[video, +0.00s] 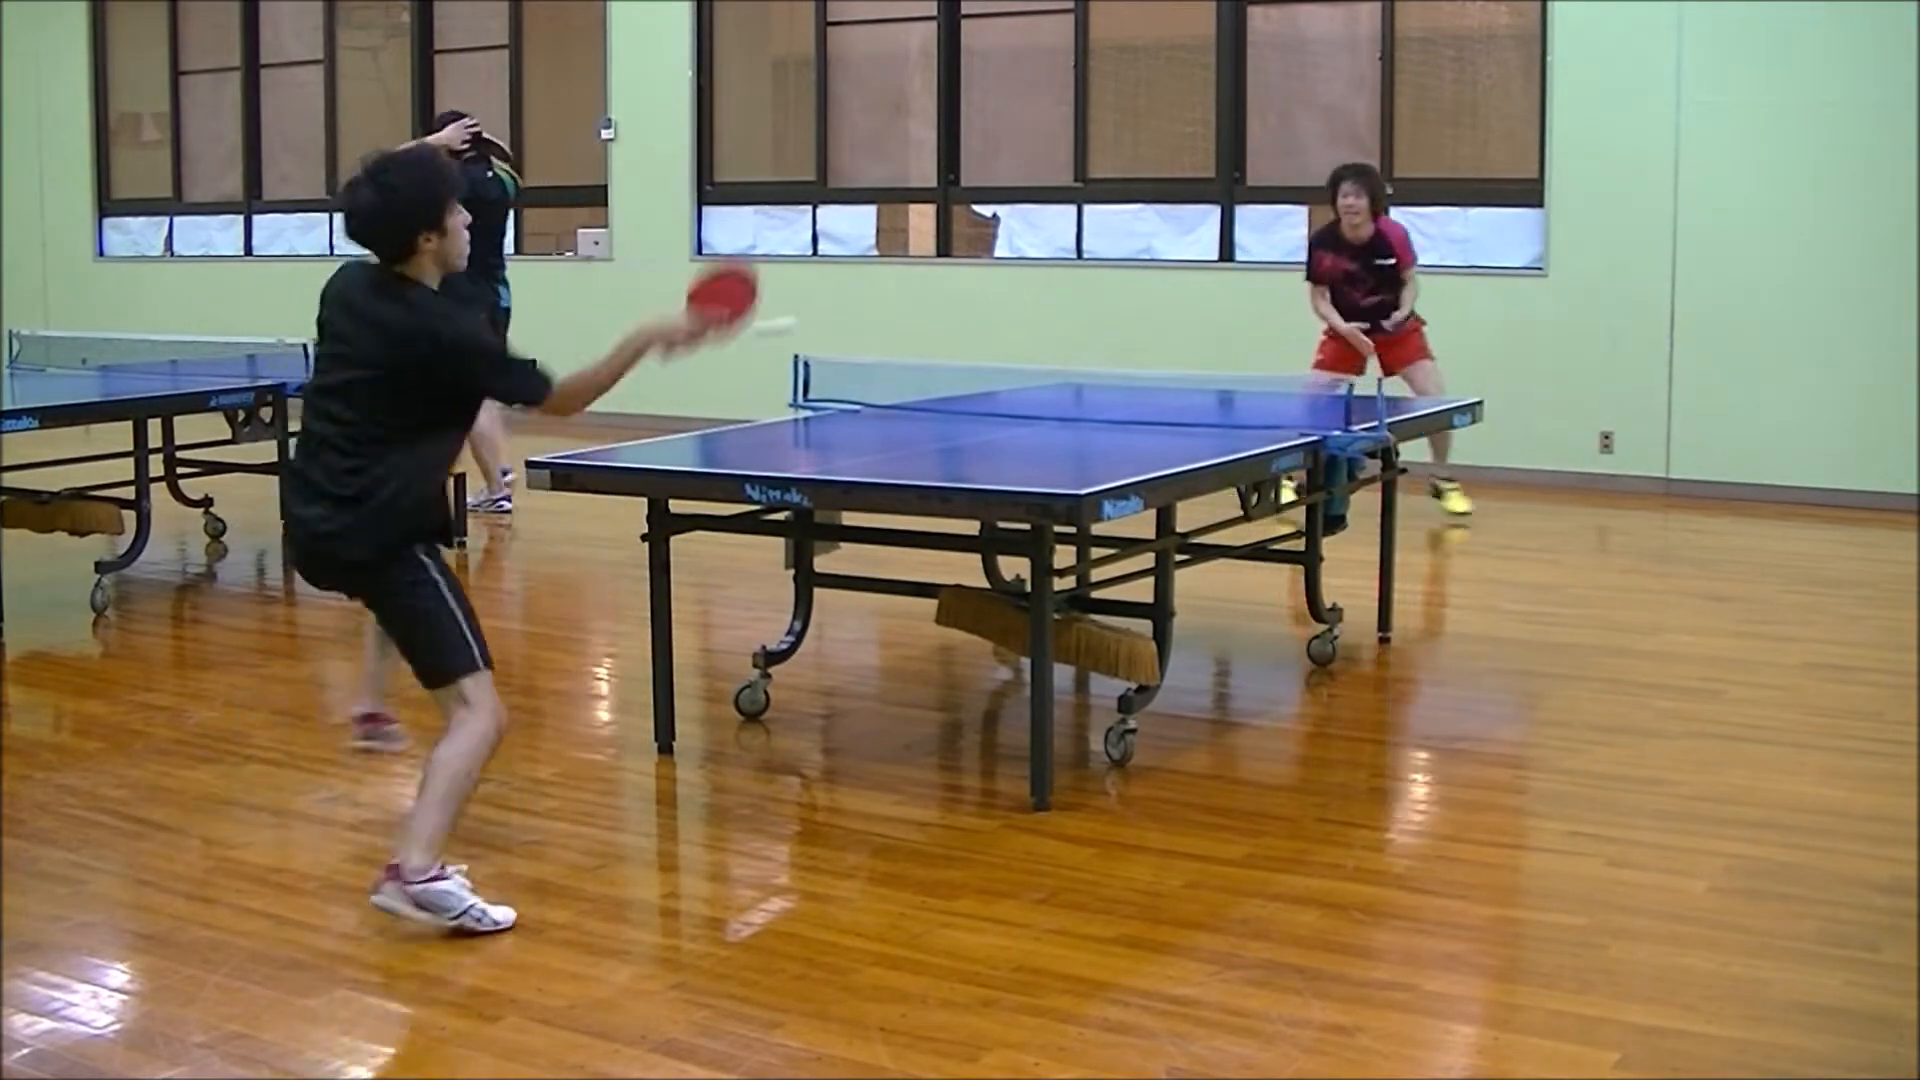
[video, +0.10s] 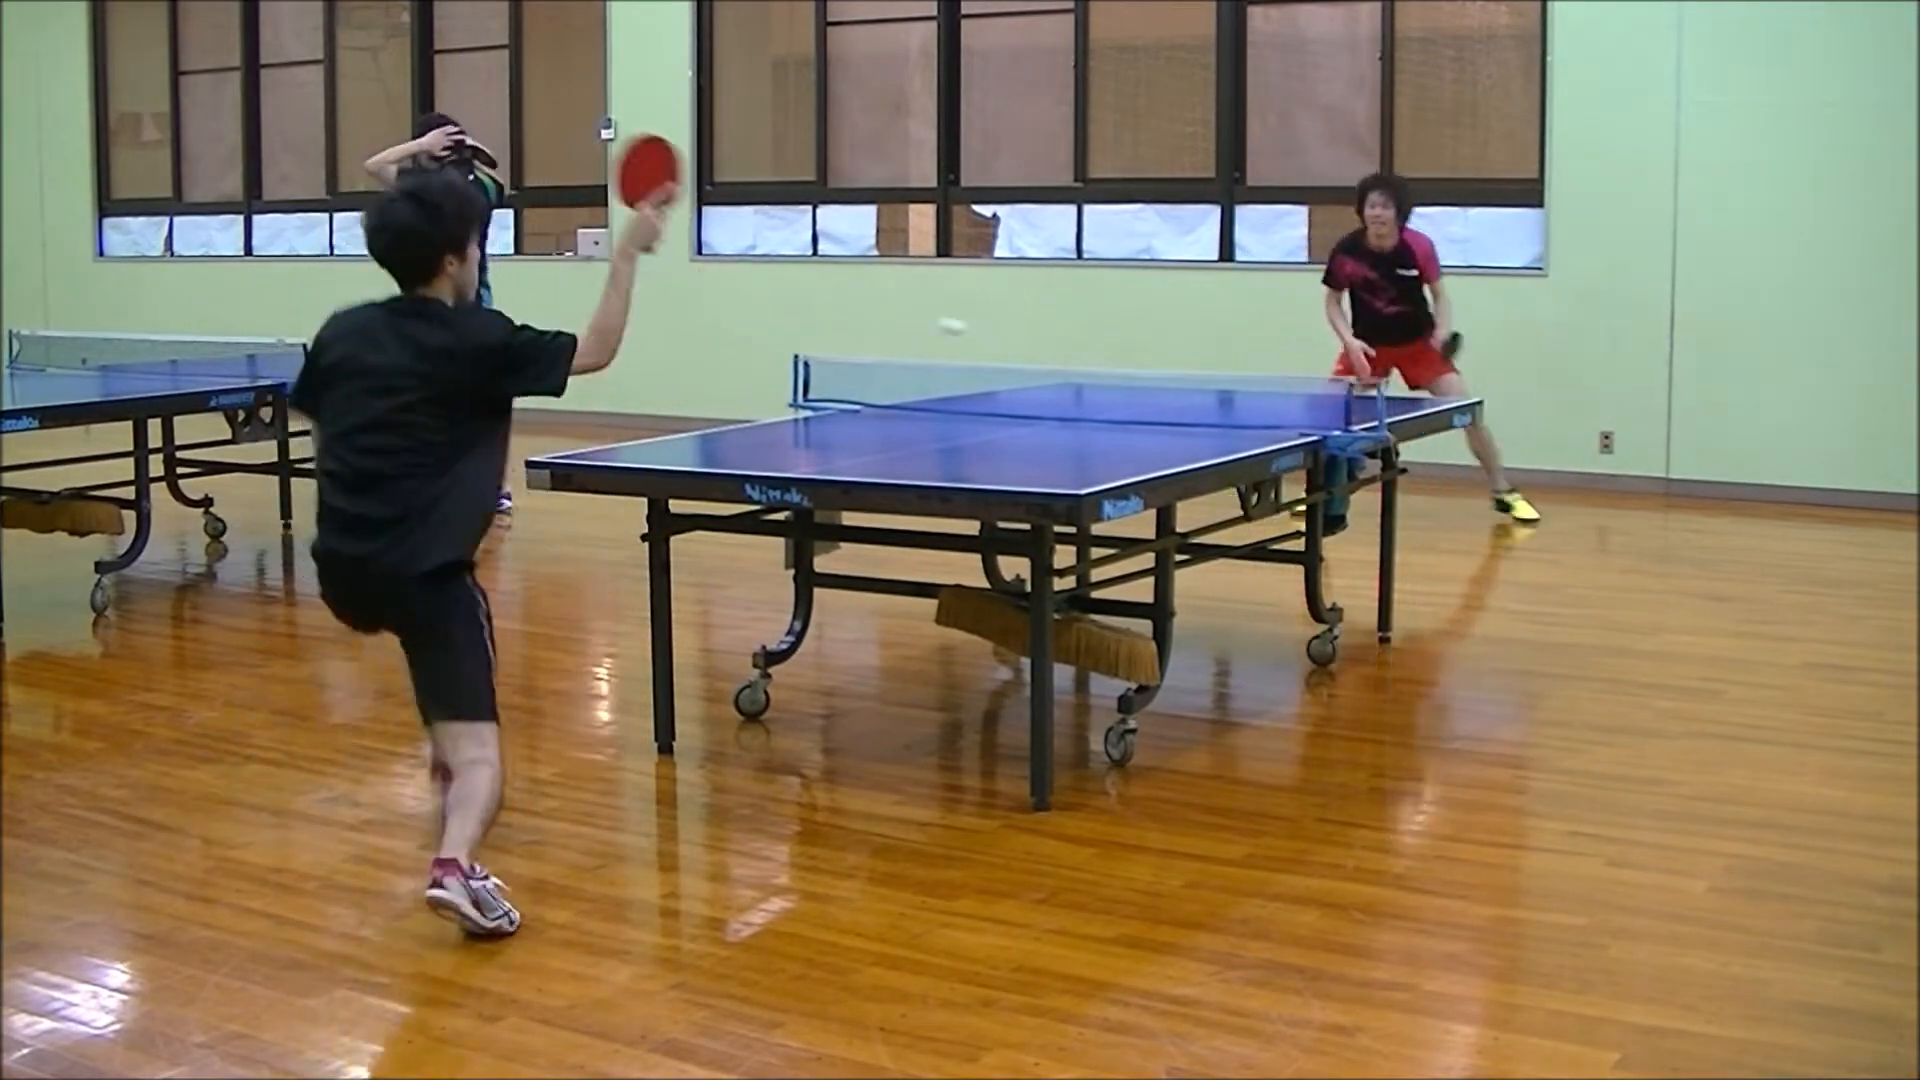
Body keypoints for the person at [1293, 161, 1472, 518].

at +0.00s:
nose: (1348, 203)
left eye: (1357, 195)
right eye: (1342, 196)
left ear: (1373, 201)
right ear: (1334, 201)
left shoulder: (1393, 234)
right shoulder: (1322, 242)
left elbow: (1409, 281)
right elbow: (1319, 298)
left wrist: (1403, 310)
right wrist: (1345, 329)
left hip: (1395, 327)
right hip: (1345, 330)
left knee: (1435, 399)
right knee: (1314, 401)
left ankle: (1441, 478)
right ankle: (1297, 477)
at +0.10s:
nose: (1377, 214)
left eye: (1385, 206)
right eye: (1370, 206)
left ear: (1400, 211)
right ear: (1361, 212)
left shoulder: (1418, 246)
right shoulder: (1347, 252)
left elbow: (1439, 295)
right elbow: (1332, 303)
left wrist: (1442, 331)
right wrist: (1349, 343)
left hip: (1417, 346)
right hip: (1366, 349)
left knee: (1467, 411)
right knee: (1332, 418)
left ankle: (1503, 492)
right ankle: (1325, 506)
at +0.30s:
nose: (1395, 231)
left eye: (1404, 225)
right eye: (1389, 223)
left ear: (1419, 231)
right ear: (1381, 226)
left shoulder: (1434, 265)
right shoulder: (1360, 264)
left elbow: (1452, 313)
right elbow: (1336, 316)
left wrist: (1483, 356)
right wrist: (1355, 368)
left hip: (1418, 364)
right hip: (1364, 363)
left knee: (1468, 417)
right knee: (1329, 426)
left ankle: (1512, 494)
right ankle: (1327, 511)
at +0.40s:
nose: (1383, 233)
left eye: (1392, 227)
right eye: (1379, 224)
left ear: (1409, 233)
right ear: (1370, 225)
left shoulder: (1420, 266)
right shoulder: (1346, 259)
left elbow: (1438, 313)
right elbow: (1317, 312)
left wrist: (1469, 359)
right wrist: (1338, 360)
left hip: (1388, 352)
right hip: (1335, 351)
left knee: (1437, 409)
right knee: (1304, 415)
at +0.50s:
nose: (1361, 249)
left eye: (1370, 243)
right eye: (1356, 241)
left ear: (1386, 249)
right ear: (1347, 242)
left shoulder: (1395, 282)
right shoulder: (1322, 274)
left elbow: (1410, 334)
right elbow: (1292, 320)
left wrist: (1438, 387)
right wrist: (1310, 369)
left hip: (1364, 366)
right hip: (1315, 365)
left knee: (1415, 412)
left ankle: (1412, 485)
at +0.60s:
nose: (1332, 270)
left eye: (1342, 264)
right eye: (1328, 260)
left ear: (1355, 272)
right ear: (1317, 260)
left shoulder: (1358, 303)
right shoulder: (1288, 285)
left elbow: (1371, 352)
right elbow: (1256, 326)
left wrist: (1385, 389)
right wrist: (1278, 367)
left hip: (1330, 377)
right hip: (1275, 376)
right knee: (1241, 427)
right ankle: (1198, 494)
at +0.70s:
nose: (1304, 285)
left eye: (1312, 280)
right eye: (1299, 275)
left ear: (1319, 284)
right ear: (1285, 269)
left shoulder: (1317, 315)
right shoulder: (1248, 291)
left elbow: (1330, 366)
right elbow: (1217, 328)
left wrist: (1335, 401)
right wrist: (1243, 368)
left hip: (1295, 386)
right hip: (1240, 382)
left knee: (1355, 418)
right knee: (1203, 428)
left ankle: (1398, 480)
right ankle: (1190, 499)